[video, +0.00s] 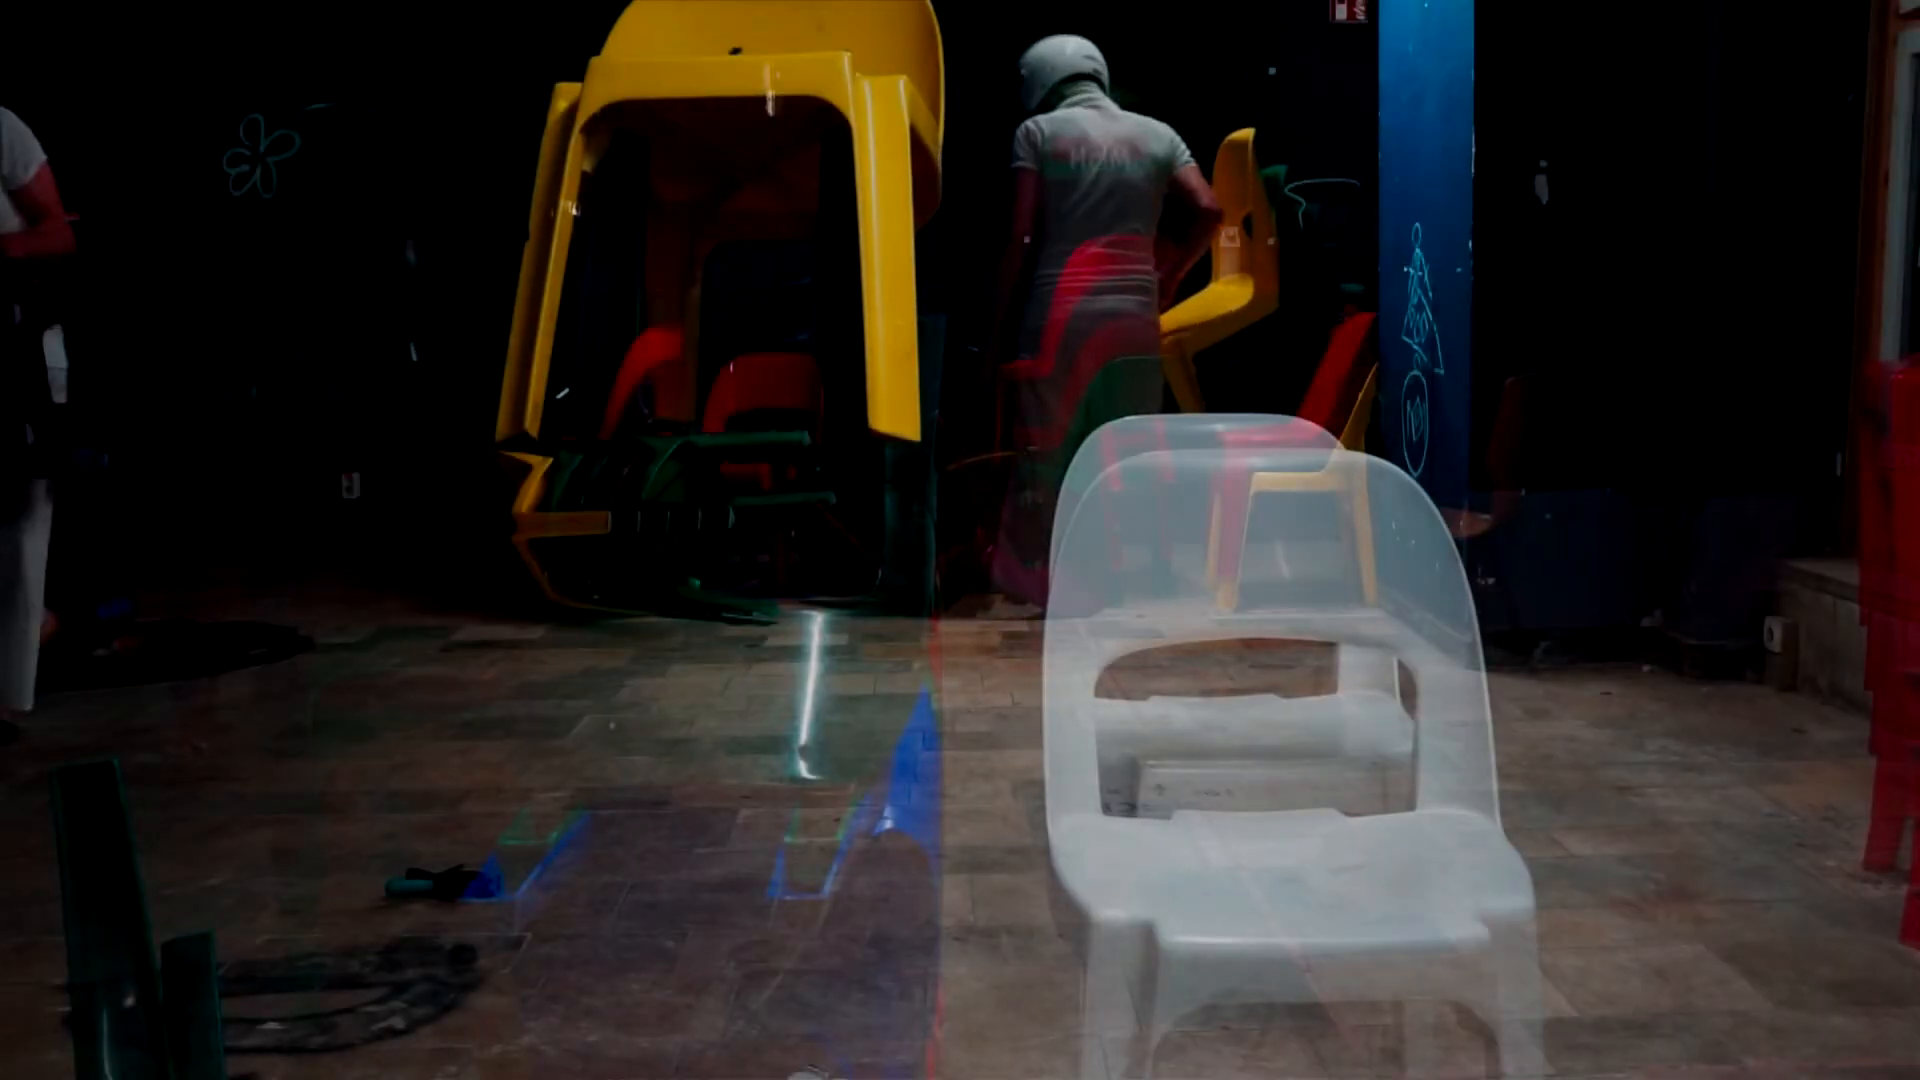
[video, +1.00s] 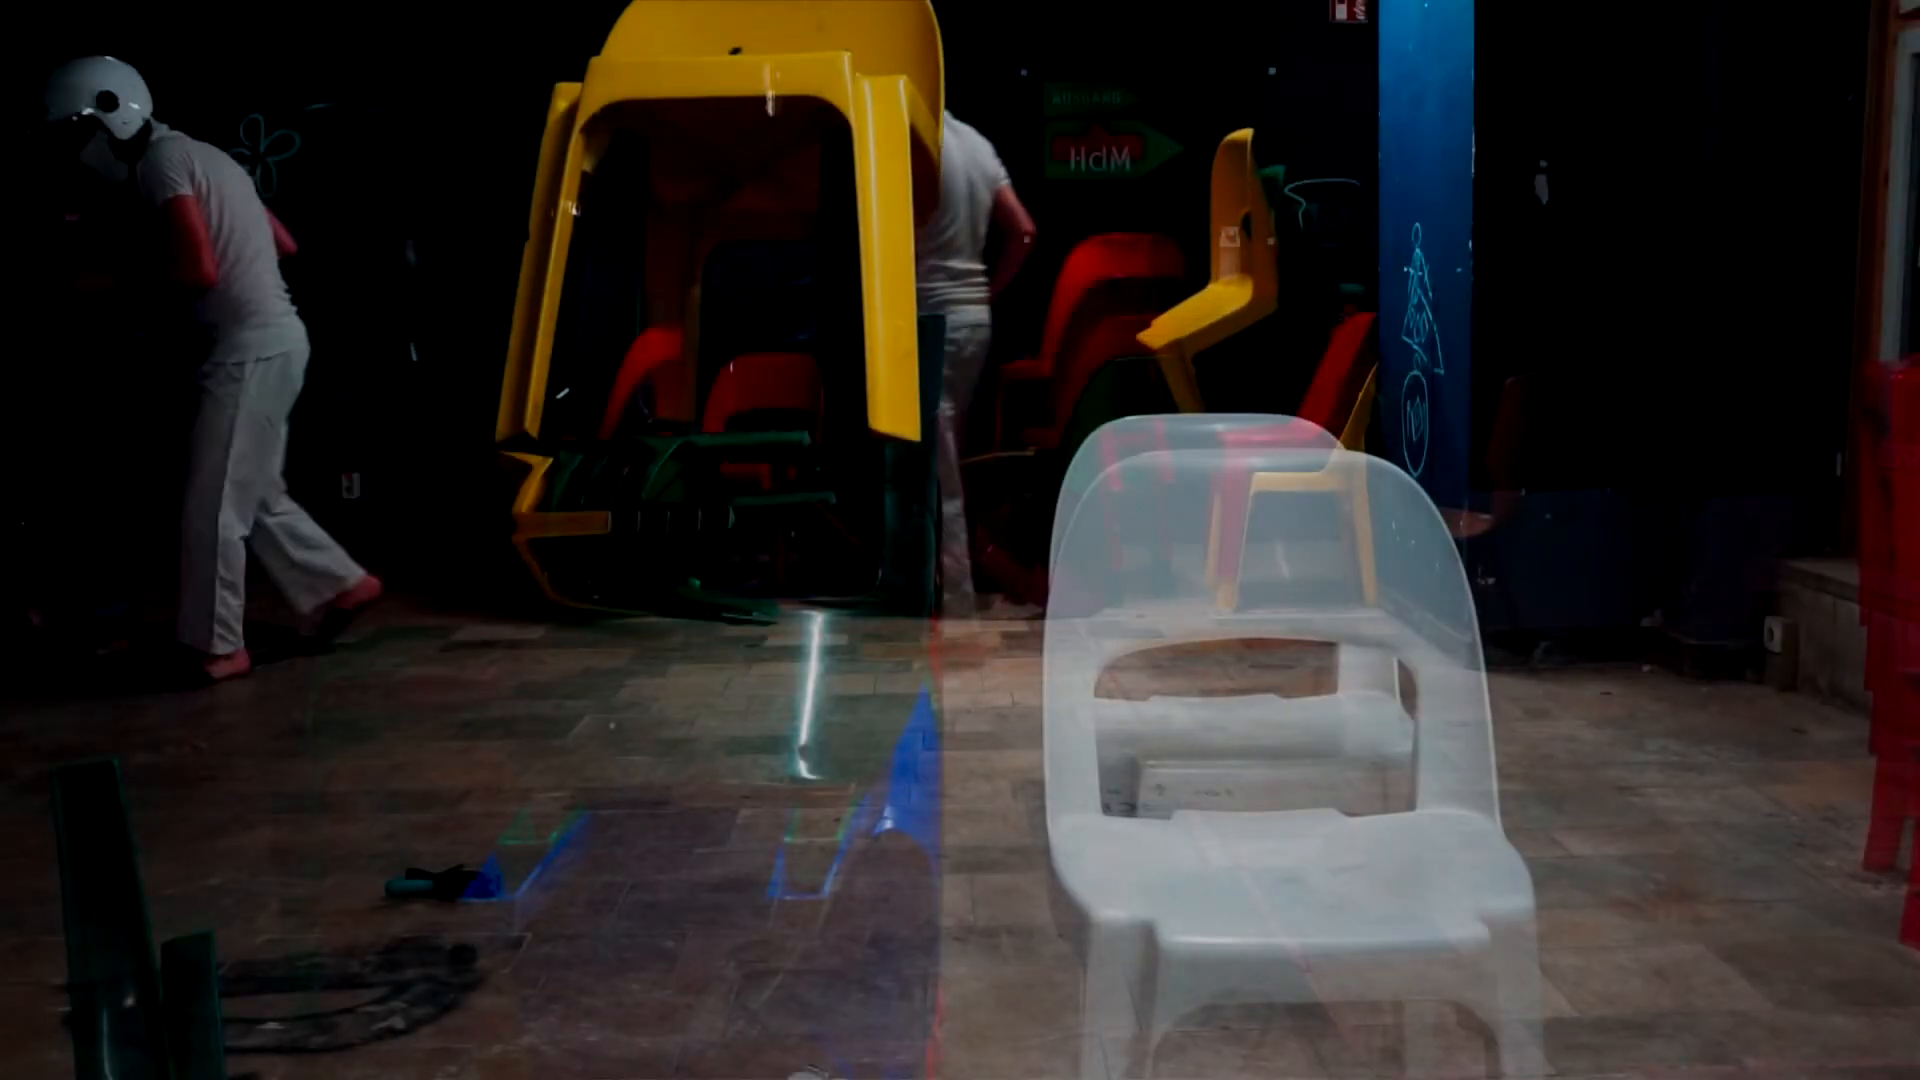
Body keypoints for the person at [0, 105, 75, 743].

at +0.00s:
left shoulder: (6, 132)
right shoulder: (9, 136)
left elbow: (55, 230)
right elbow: (53, 229)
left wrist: (6, 246)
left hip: (27, 396)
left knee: (21, 557)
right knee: (22, 558)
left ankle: (13, 710)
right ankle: (12, 708)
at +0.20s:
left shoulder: (34, 135)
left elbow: (102, 231)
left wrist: (34, 244)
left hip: (78, 365)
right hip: (30, 370)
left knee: (50, 518)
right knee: (43, 515)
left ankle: (6, 682)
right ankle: (115, 636)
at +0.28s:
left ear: (12, 73)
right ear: (5, 79)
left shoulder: (54, 136)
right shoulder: (16, 154)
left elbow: (117, 229)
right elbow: (108, 229)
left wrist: (39, 245)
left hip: (104, 346)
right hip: (56, 351)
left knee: (72, 506)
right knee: (66, 506)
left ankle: (27, 670)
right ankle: (123, 641)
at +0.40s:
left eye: (3, 83)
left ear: (30, 81)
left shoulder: (79, 141)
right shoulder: (5, 169)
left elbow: (135, 230)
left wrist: (41, 243)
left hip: (129, 363)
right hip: (60, 370)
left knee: (93, 506)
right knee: (55, 513)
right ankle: (111, 654)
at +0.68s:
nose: (36, 123)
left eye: (44, 104)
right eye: (28, 108)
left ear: (82, 91)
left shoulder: (137, 145)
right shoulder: (79, 168)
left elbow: (170, 251)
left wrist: (69, 258)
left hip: (194, 357)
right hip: (138, 357)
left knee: (192, 513)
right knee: (129, 510)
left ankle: (225, 657)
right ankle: (136, 654)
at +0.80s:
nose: (55, 133)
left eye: (59, 114)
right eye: (47, 118)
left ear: (96, 98)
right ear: (95, 101)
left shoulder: (147, 149)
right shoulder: (140, 151)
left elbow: (182, 255)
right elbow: (176, 253)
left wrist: (90, 268)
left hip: (216, 355)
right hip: (203, 353)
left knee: (197, 504)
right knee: (195, 502)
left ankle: (217, 652)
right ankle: (232, 629)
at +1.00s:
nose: (86, 154)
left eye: (85, 136)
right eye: (79, 141)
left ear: (113, 116)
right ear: (135, 109)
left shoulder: (164, 159)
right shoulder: (211, 158)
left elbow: (199, 267)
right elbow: (282, 242)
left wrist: (136, 275)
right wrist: (211, 248)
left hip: (250, 343)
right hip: (281, 338)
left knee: (216, 500)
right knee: (257, 489)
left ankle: (218, 649)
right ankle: (341, 583)